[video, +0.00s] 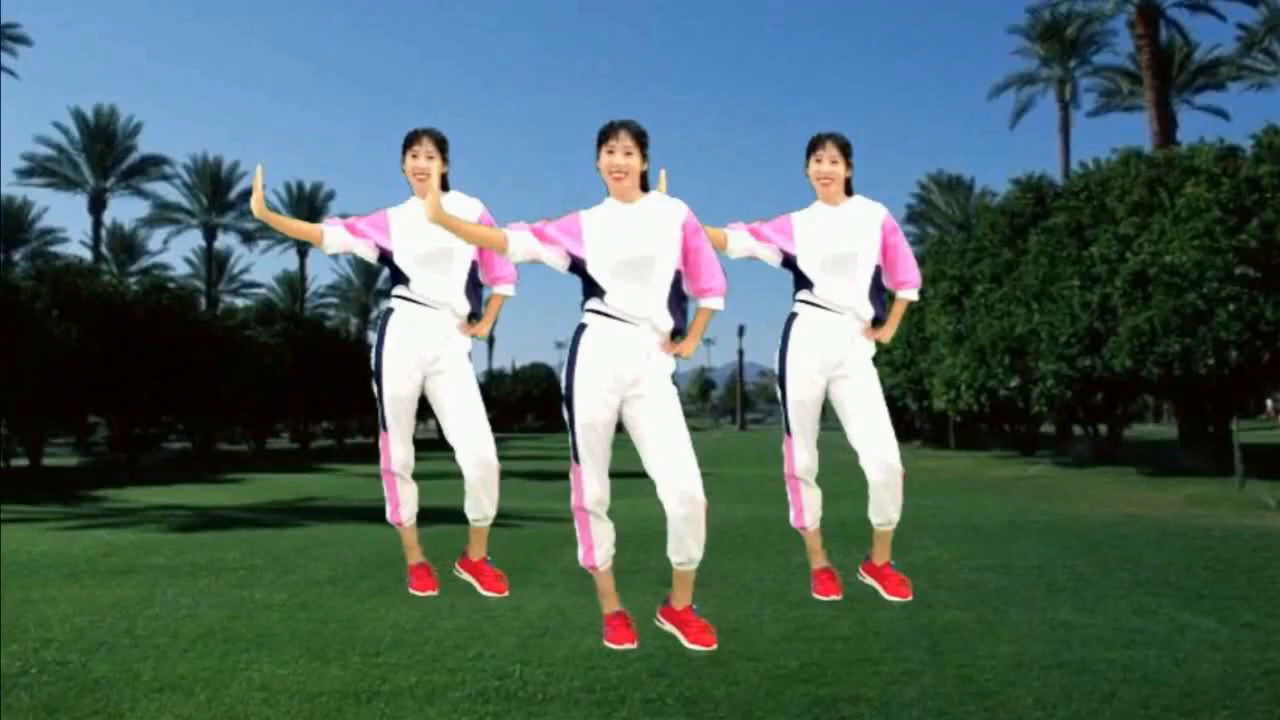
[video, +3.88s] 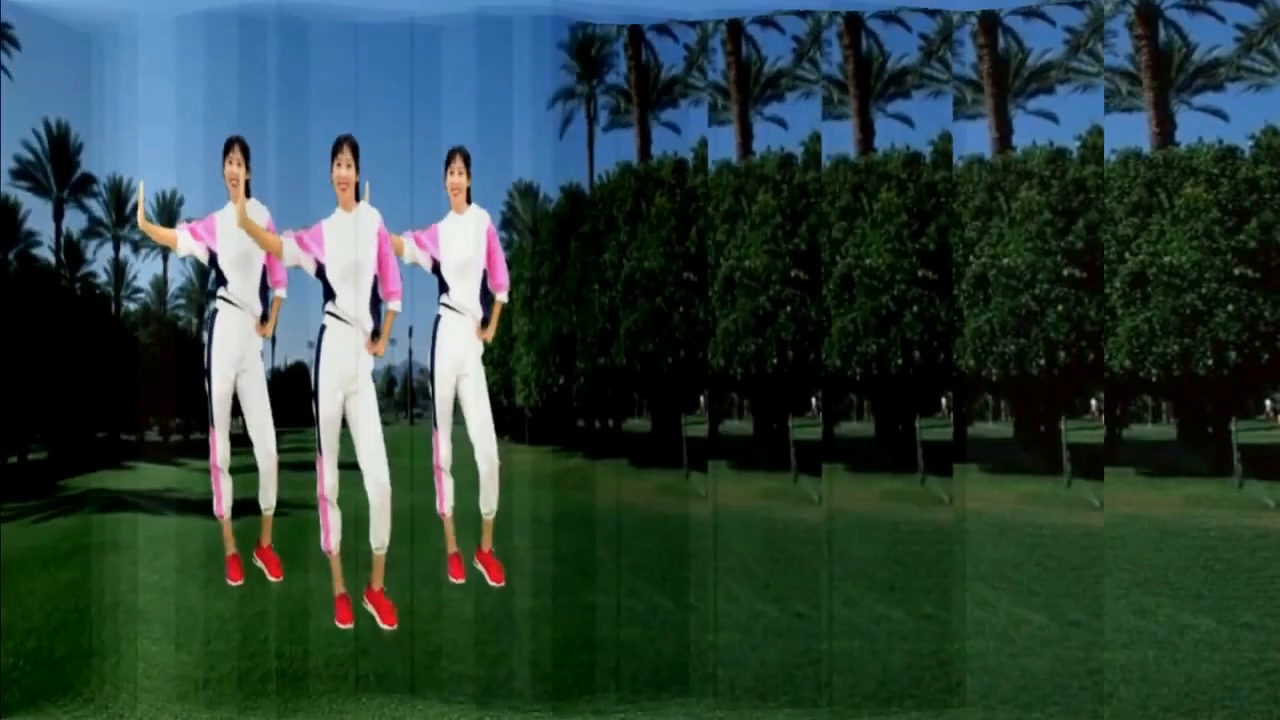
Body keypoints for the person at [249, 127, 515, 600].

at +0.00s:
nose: (420, 164)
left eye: (428, 157)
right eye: (412, 157)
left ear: (444, 165)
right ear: (404, 166)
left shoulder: (473, 211)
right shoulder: (393, 220)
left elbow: (503, 272)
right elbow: (327, 235)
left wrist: (485, 324)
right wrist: (266, 215)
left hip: (451, 334)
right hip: (401, 331)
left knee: (482, 456)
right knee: (399, 452)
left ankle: (476, 557)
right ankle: (415, 561)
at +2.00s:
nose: (420, 164)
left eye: (428, 157)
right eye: (412, 157)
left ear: (444, 165)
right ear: (404, 166)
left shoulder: (473, 211)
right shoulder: (393, 220)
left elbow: (503, 273)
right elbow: (327, 235)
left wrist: (484, 325)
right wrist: (265, 214)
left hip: (451, 335)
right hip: (401, 331)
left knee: (482, 457)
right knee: (399, 453)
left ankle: (476, 557)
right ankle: (415, 561)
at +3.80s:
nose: (465, 165)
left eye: (472, 157)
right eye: (458, 158)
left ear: (486, 166)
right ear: (448, 167)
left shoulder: (509, 216)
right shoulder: (439, 227)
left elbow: (535, 284)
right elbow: (384, 246)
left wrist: (519, 338)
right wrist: (334, 222)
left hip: (492, 352)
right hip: (450, 347)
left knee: (516, 485)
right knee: (446, 480)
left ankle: (511, 600)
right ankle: (459, 601)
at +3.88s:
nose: (456, 180)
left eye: (461, 174)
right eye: (451, 174)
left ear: (471, 180)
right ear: (444, 181)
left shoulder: (483, 222)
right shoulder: (437, 231)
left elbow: (500, 279)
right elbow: (399, 246)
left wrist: (492, 325)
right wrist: (371, 223)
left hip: (473, 336)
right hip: (444, 335)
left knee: (487, 445)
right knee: (442, 444)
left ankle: (485, 547)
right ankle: (452, 548)